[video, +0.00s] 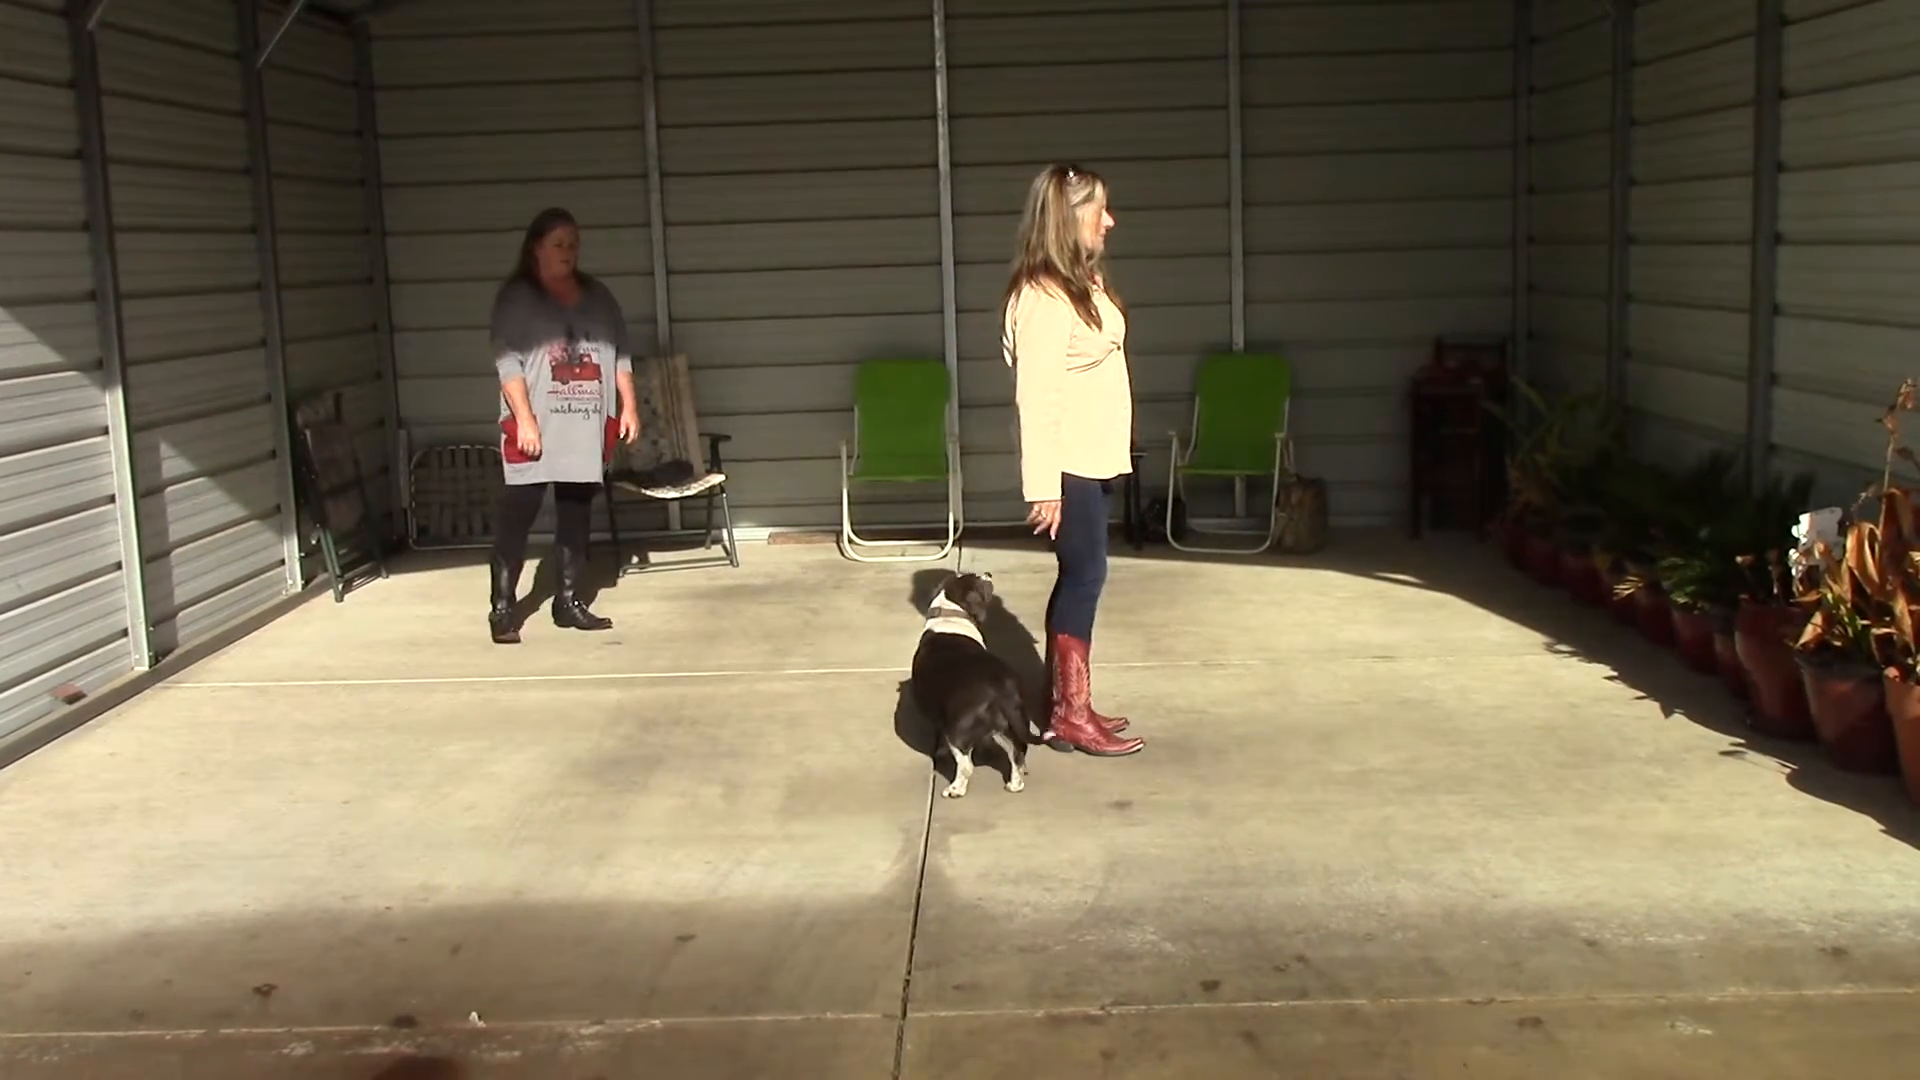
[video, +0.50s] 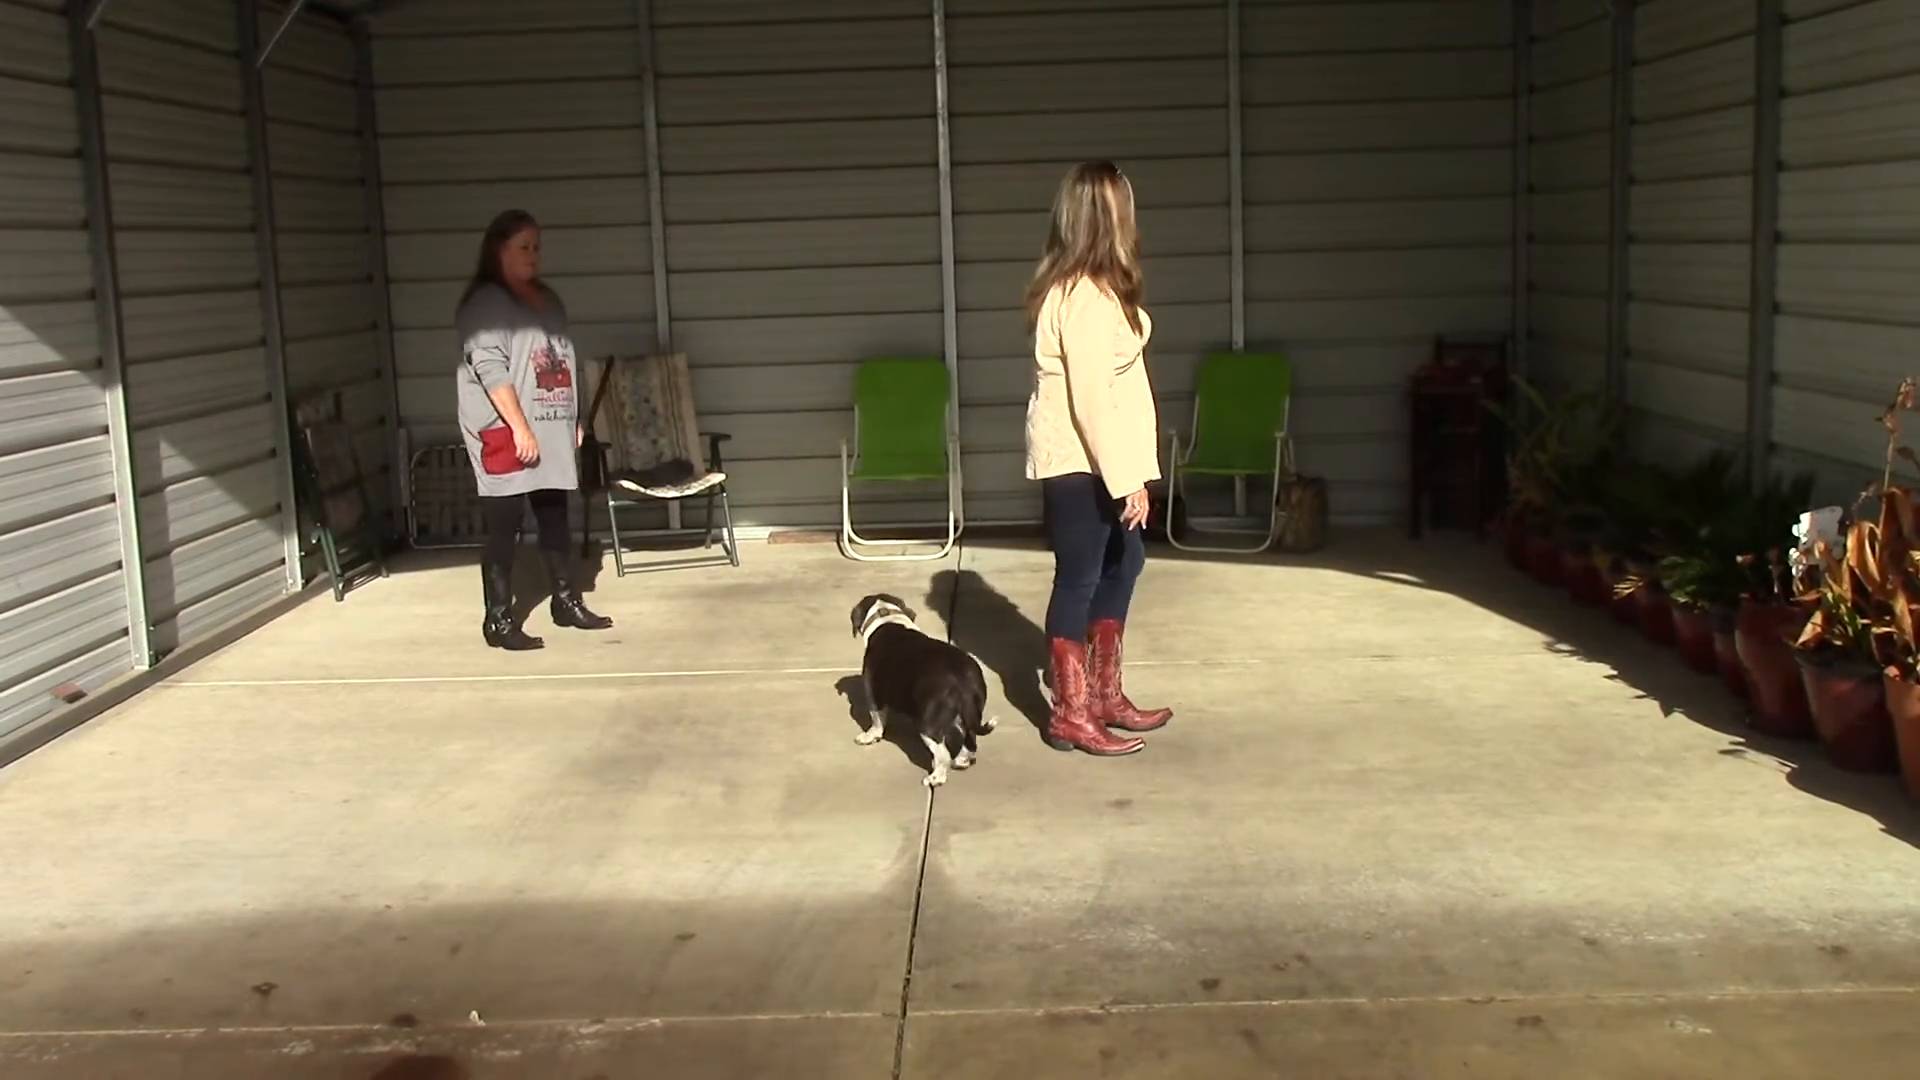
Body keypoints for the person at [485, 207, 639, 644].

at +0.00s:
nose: (566, 252)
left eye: (572, 245)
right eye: (557, 244)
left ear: (578, 249)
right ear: (536, 249)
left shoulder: (598, 297)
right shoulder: (517, 297)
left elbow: (620, 356)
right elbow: (507, 362)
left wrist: (629, 406)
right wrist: (524, 419)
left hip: (584, 429)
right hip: (530, 426)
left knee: (575, 511)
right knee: (518, 512)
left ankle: (568, 601)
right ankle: (503, 607)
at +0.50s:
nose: (533, 255)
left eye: (536, 247)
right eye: (524, 247)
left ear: (538, 251)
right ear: (498, 251)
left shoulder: (547, 300)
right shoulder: (483, 305)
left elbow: (562, 364)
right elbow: (491, 372)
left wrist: (573, 417)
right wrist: (519, 426)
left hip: (549, 428)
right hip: (500, 432)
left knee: (554, 512)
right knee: (503, 521)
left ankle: (566, 600)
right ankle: (498, 618)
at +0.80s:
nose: (513, 256)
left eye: (516, 248)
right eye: (505, 247)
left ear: (516, 251)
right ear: (480, 249)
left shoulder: (518, 299)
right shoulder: (469, 306)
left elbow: (527, 368)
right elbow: (485, 378)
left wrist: (533, 431)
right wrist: (505, 434)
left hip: (523, 433)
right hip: (488, 438)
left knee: (529, 511)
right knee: (494, 519)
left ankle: (515, 607)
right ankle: (497, 617)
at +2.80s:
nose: (493, 260)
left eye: (496, 252)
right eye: (484, 251)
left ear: (498, 252)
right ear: (459, 251)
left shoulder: (491, 296)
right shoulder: (450, 301)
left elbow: (500, 361)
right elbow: (466, 369)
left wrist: (509, 423)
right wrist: (489, 426)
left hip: (487, 423)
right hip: (468, 425)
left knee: (476, 511)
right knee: (494, 511)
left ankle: (465, 602)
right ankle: (500, 609)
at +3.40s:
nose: (534, 303)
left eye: (539, 295)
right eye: (526, 294)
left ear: (543, 293)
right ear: (501, 292)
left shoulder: (528, 330)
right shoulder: (489, 333)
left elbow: (524, 398)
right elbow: (490, 407)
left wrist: (512, 452)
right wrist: (512, 470)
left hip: (479, 422)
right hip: (447, 421)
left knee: (480, 509)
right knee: (490, 509)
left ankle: (464, 603)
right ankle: (499, 610)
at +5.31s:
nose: (577, 341)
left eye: (582, 334)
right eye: (571, 332)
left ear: (587, 329)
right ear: (549, 322)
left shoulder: (528, 342)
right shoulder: (532, 363)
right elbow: (511, 435)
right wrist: (516, 501)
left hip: (447, 409)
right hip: (450, 417)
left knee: (479, 510)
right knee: (495, 510)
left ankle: (465, 604)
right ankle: (503, 611)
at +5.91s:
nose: (572, 333)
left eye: (577, 326)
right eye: (565, 324)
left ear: (584, 322)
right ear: (543, 316)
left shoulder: (535, 346)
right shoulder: (524, 359)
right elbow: (509, 433)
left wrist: (514, 484)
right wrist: (516, 497)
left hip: (464, 415)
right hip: (454, 420)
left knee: (482, 508)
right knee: (497, 510)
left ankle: (466, 603)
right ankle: (502, 611)